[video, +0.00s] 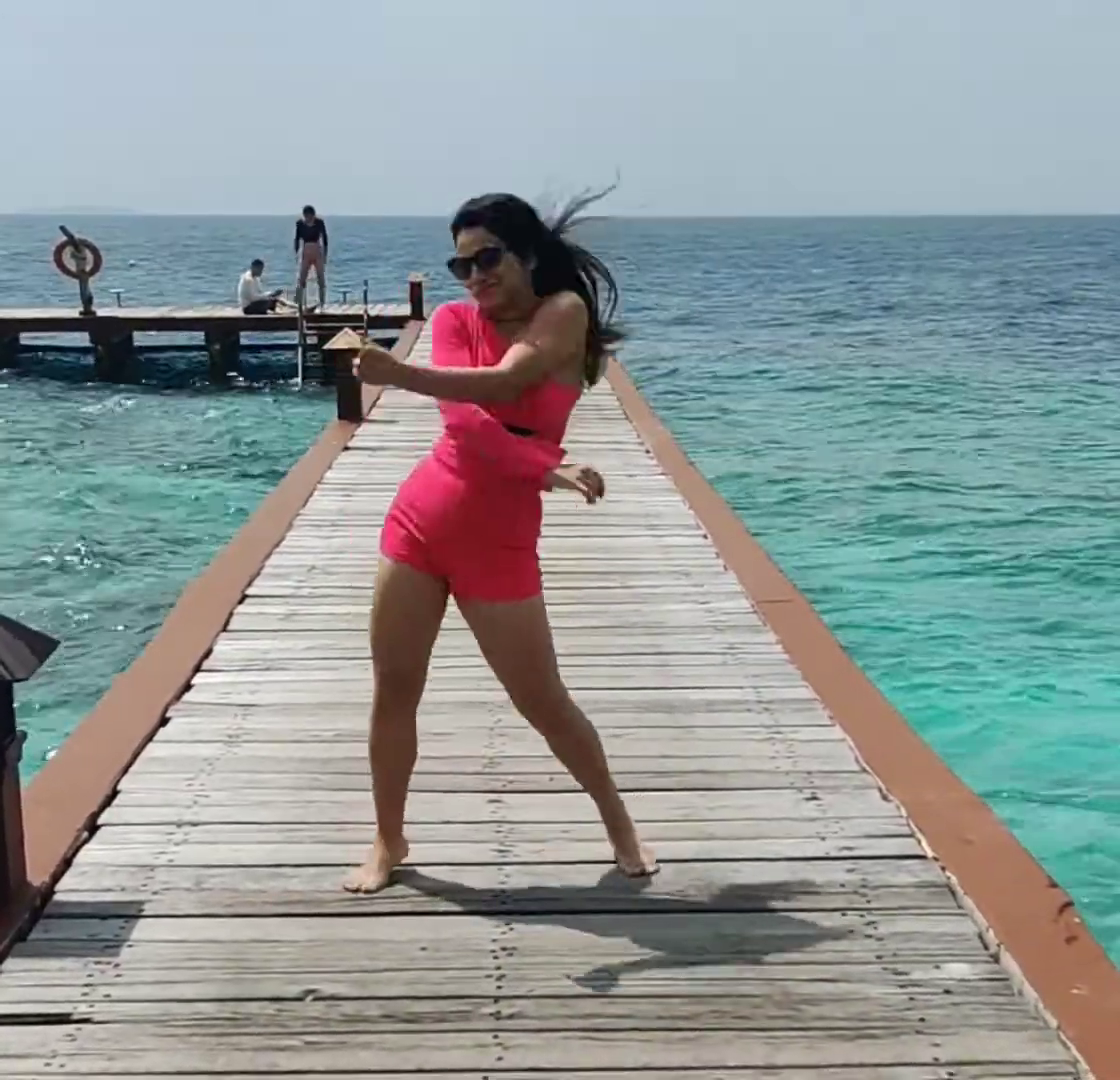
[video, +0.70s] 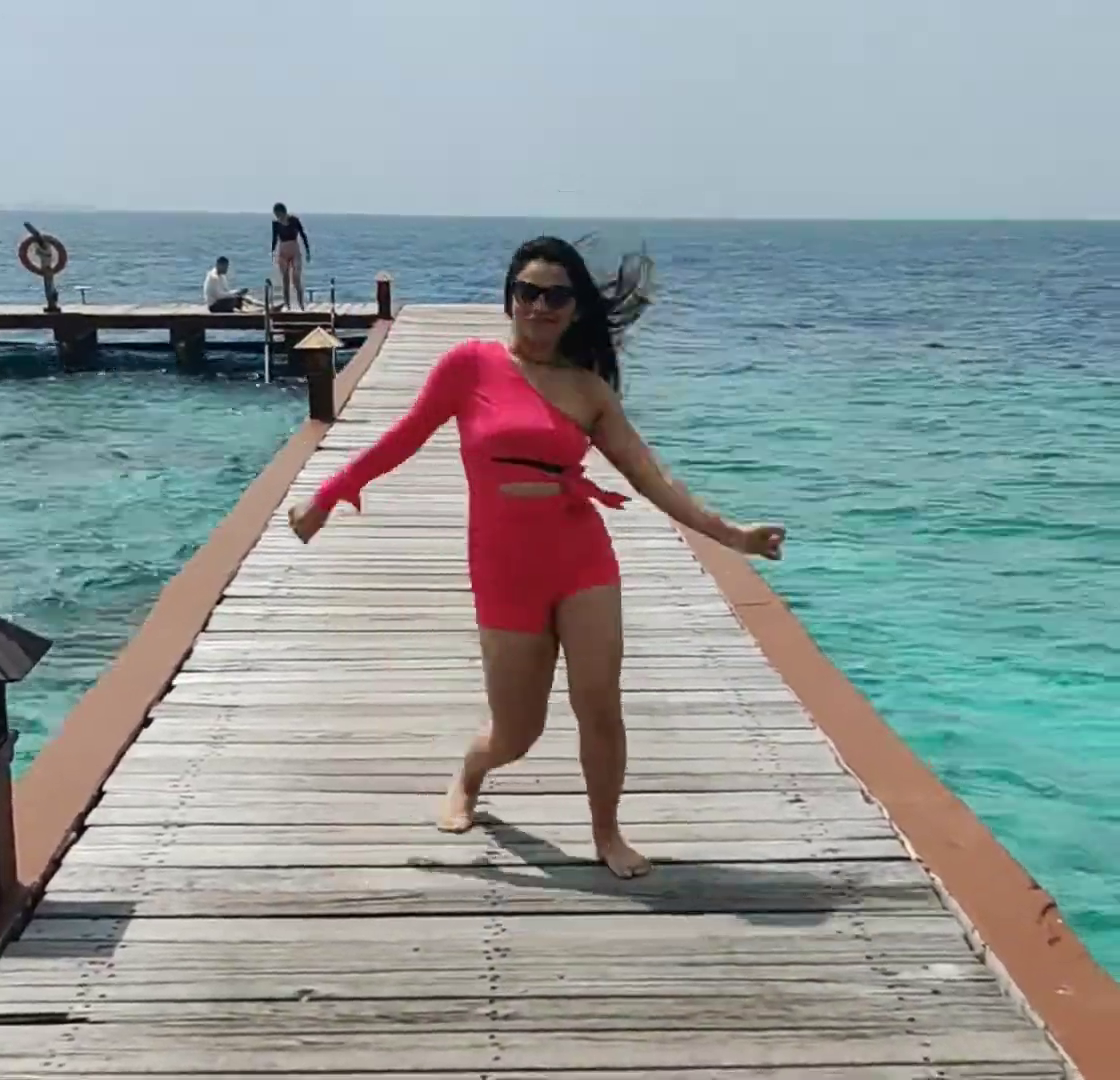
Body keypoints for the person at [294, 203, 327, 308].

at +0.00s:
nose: (308, 218)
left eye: (310, 216)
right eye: (306, 216)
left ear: (314, 215)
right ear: (304, 216)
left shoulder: (319, 223)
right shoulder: (300, 224)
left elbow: (325, 238)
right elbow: (297, 238)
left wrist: (325, 254)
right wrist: (296, 251)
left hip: (317, 249)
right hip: (306, 249)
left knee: (320, 279)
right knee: (302, 279)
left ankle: (322, 303)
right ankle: (299, 303)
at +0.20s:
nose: (313, 219)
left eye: (314, 217)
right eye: (311, 217)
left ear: (318, 215)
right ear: (308, 216)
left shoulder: (325, 223)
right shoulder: (305, 224)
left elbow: (331, 238)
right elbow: (303, 238)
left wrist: (340, 252)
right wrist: (299, 252)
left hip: (321, 250)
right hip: (310, 250)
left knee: (323, 279)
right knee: (314, 279)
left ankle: (323, 304)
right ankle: (315, 303)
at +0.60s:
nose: (298, 219)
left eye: (299, 216)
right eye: (296, 216)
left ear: (304, 214)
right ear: (294, 216)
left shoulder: (313, 222)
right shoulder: (294, 225)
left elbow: (321, 236)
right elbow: (293, 241)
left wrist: (327, 251)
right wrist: (289, 255)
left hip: (312, 250)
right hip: (301, 251)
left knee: (316, 278)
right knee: (304, 279)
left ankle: (315, 303)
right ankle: (306, 305)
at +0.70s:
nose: (278, 217)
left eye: (280, 214)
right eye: (277, 215)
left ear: (284, 213)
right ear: (275, 215)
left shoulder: (294, 220)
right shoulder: (276, 223)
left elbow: (303, 235)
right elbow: (274, 238)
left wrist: (307, 251)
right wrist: (273, 251)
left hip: (294, 248)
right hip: (283, 249)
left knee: (296, 279)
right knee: (285, 279)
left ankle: (301, 305)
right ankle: (287, 305)